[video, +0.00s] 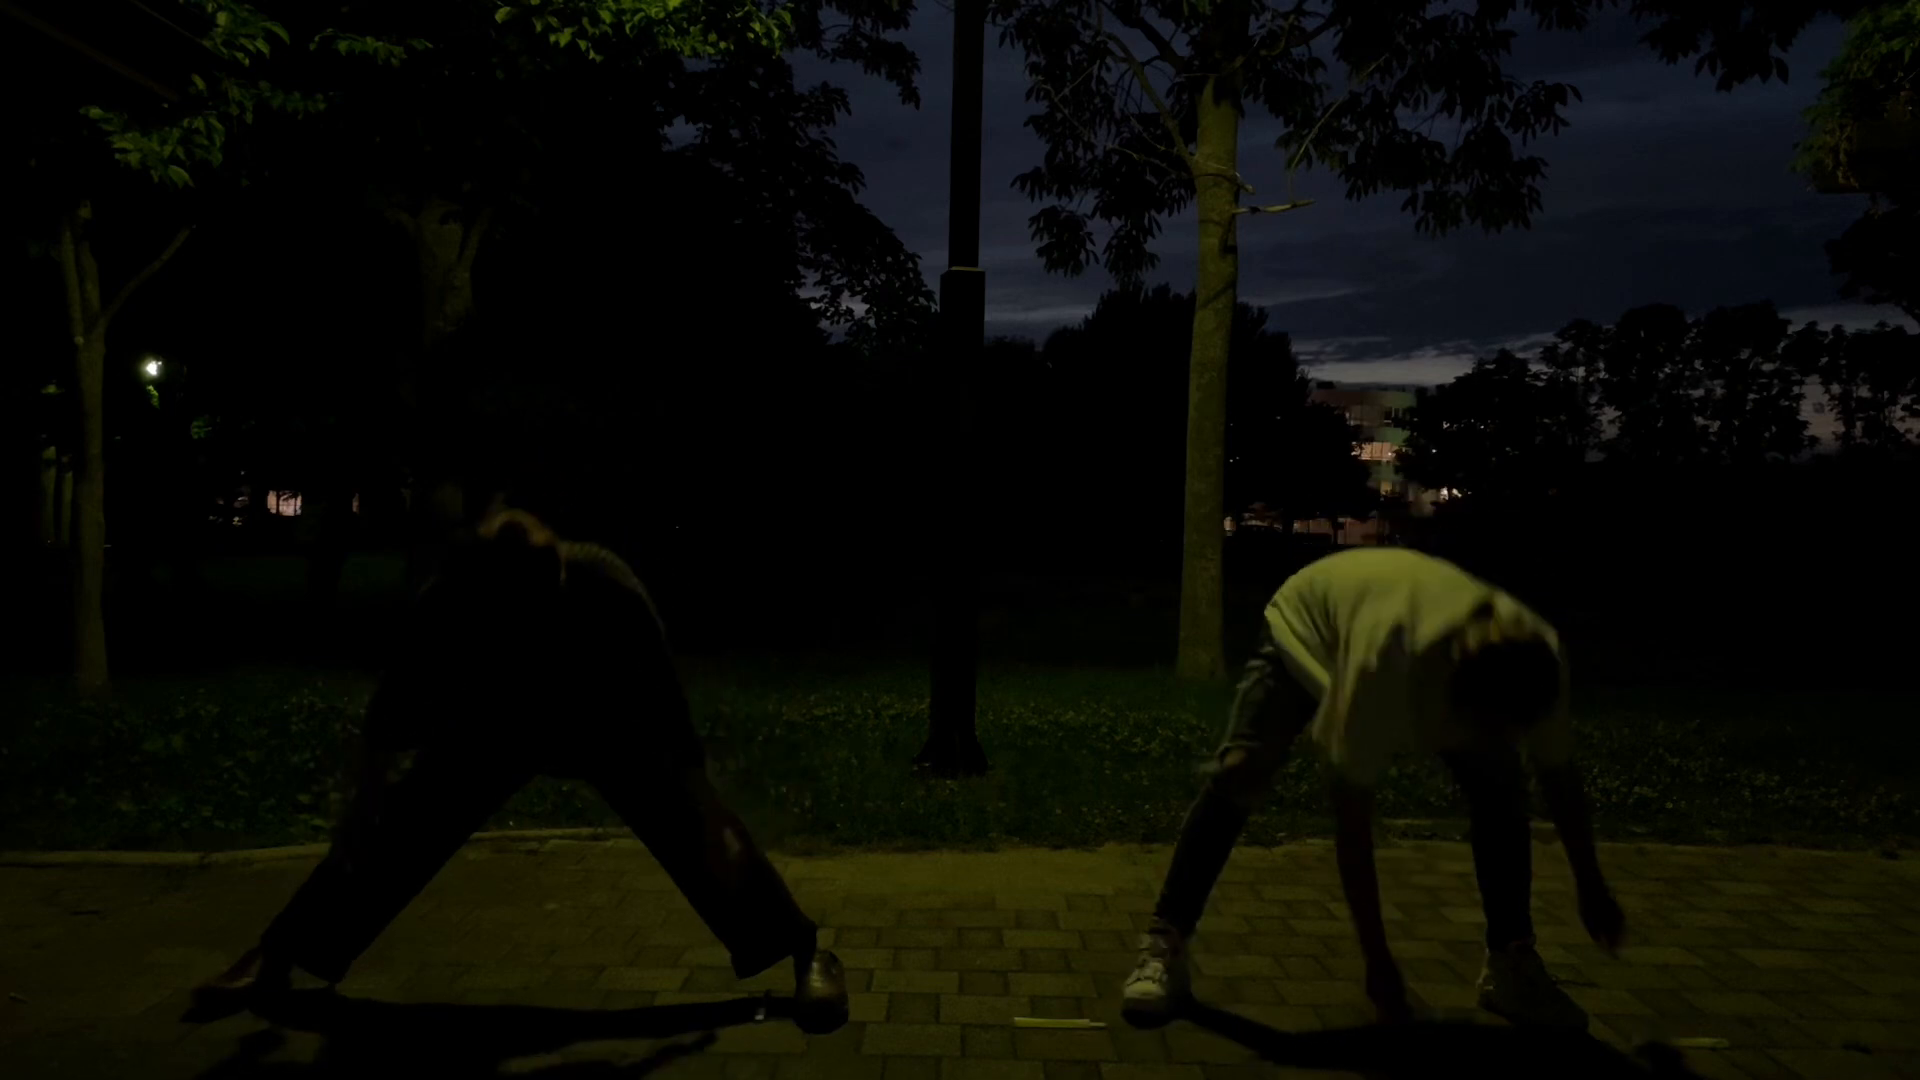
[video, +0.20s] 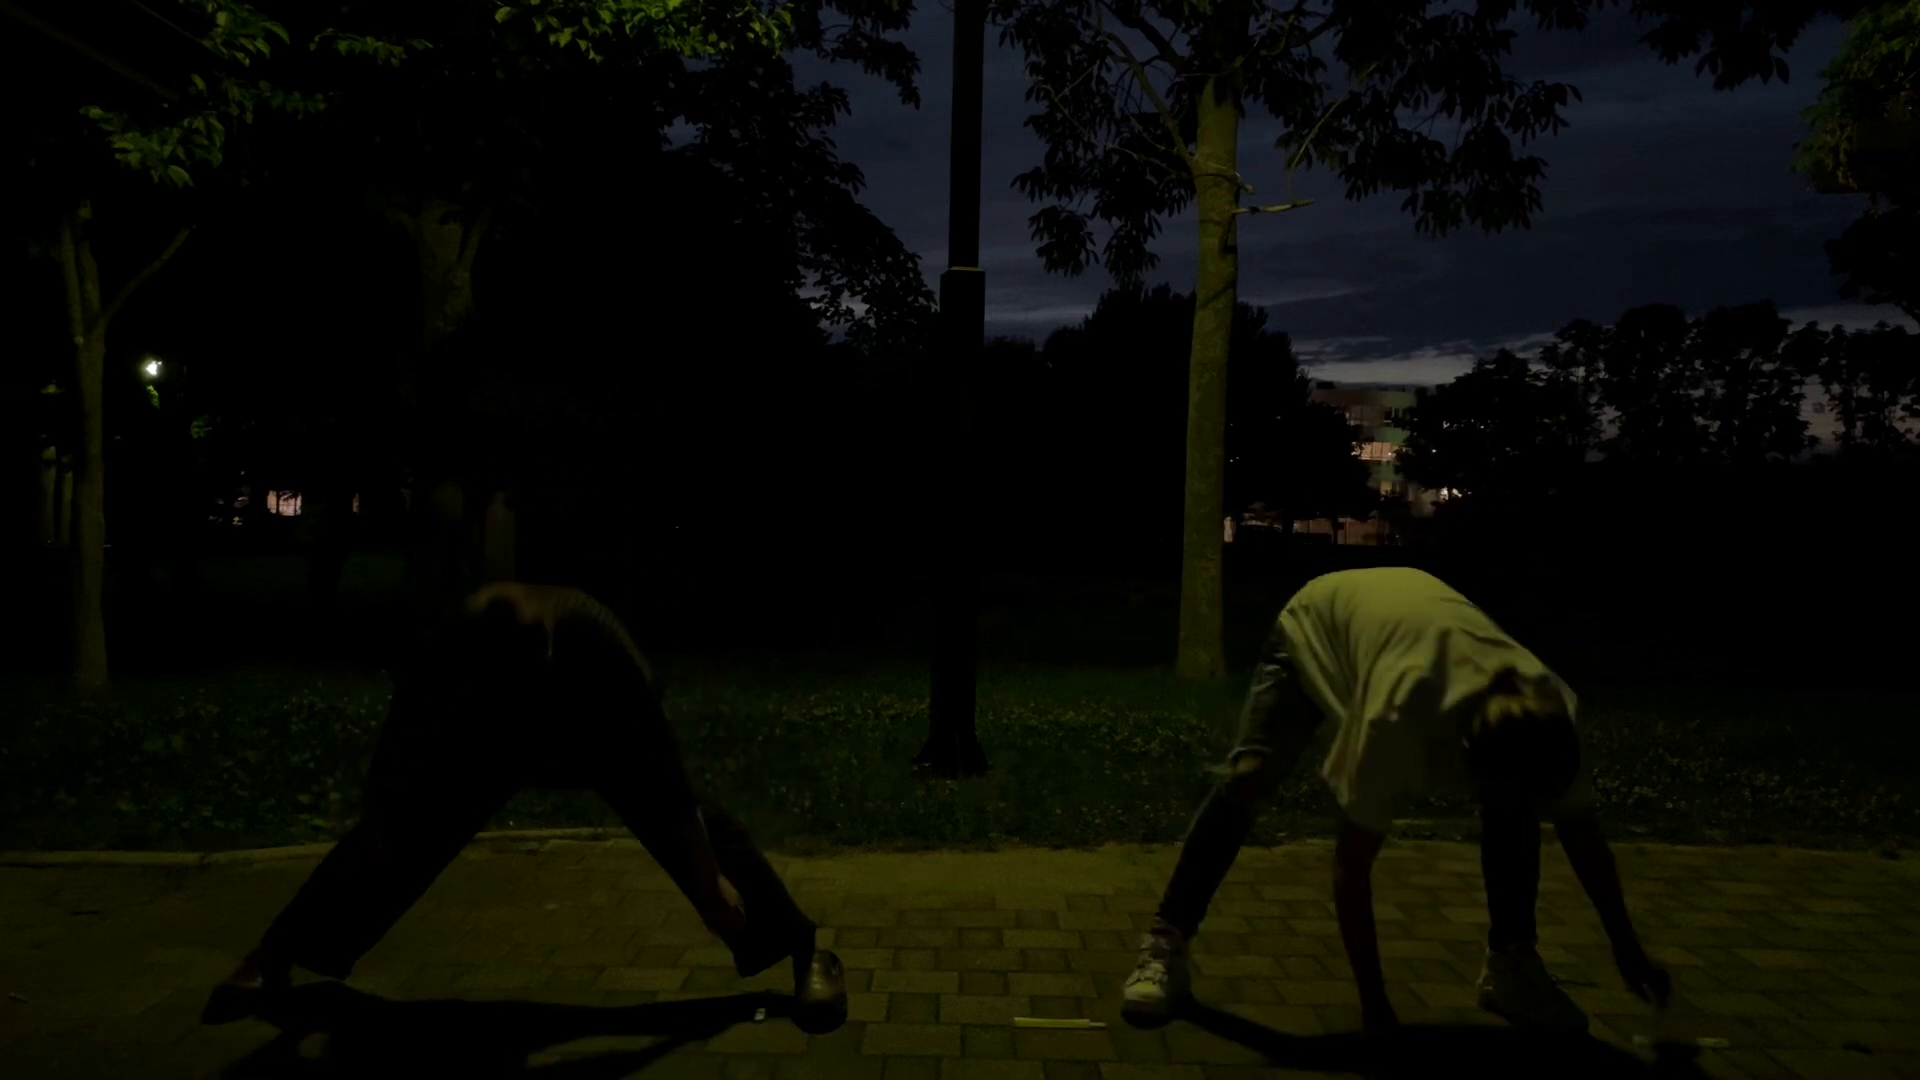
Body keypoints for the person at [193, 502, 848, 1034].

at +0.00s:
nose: (520, 585)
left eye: (529, 566)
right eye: (502, 570)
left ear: (551, 556)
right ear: (478, 568)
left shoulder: (601, 590)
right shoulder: (452, 601)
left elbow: (656, 695)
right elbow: (400, 701)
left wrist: (692, 793)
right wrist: (371, 783)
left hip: (607, 736)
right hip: (488, 739)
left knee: (700, 841)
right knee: (384, 845)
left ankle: (807, 957)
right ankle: (276, 963)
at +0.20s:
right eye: (501, 686)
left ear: (560, 685)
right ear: (473, 684)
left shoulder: (591, 653)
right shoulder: (443, 672)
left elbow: (661, 784)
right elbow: (379, 825)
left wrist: (709, 892)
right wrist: (277, 951)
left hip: (602, 738)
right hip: (478, 746)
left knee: (703, 836)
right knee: (387, 853)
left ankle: (804, 950)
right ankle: (283, 966)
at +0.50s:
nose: (491, 736)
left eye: (503, 723)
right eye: (479, 726)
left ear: (540, 727)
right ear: (456, 727)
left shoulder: (601, 738)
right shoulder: (438, 742)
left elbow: (665, 832)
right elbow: (372, 849)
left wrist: (722, 933)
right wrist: (321, 959)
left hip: (602, 683)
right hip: (485, 679)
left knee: (702, 827)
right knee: (393, 850)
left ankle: (803, 952)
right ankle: (302, 969)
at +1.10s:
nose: (535, 776)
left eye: (544, 758)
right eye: (516, 760)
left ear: (567, 740)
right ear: (479, 741)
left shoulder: (609, 749)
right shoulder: (448, 746)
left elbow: (668, 851)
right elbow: (370, 857)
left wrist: (721, 951)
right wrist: (281, 967)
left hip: (602, 685)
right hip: (481, 686)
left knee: (702, 832)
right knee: (393, 856)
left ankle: (815, 952)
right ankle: (291, 976)